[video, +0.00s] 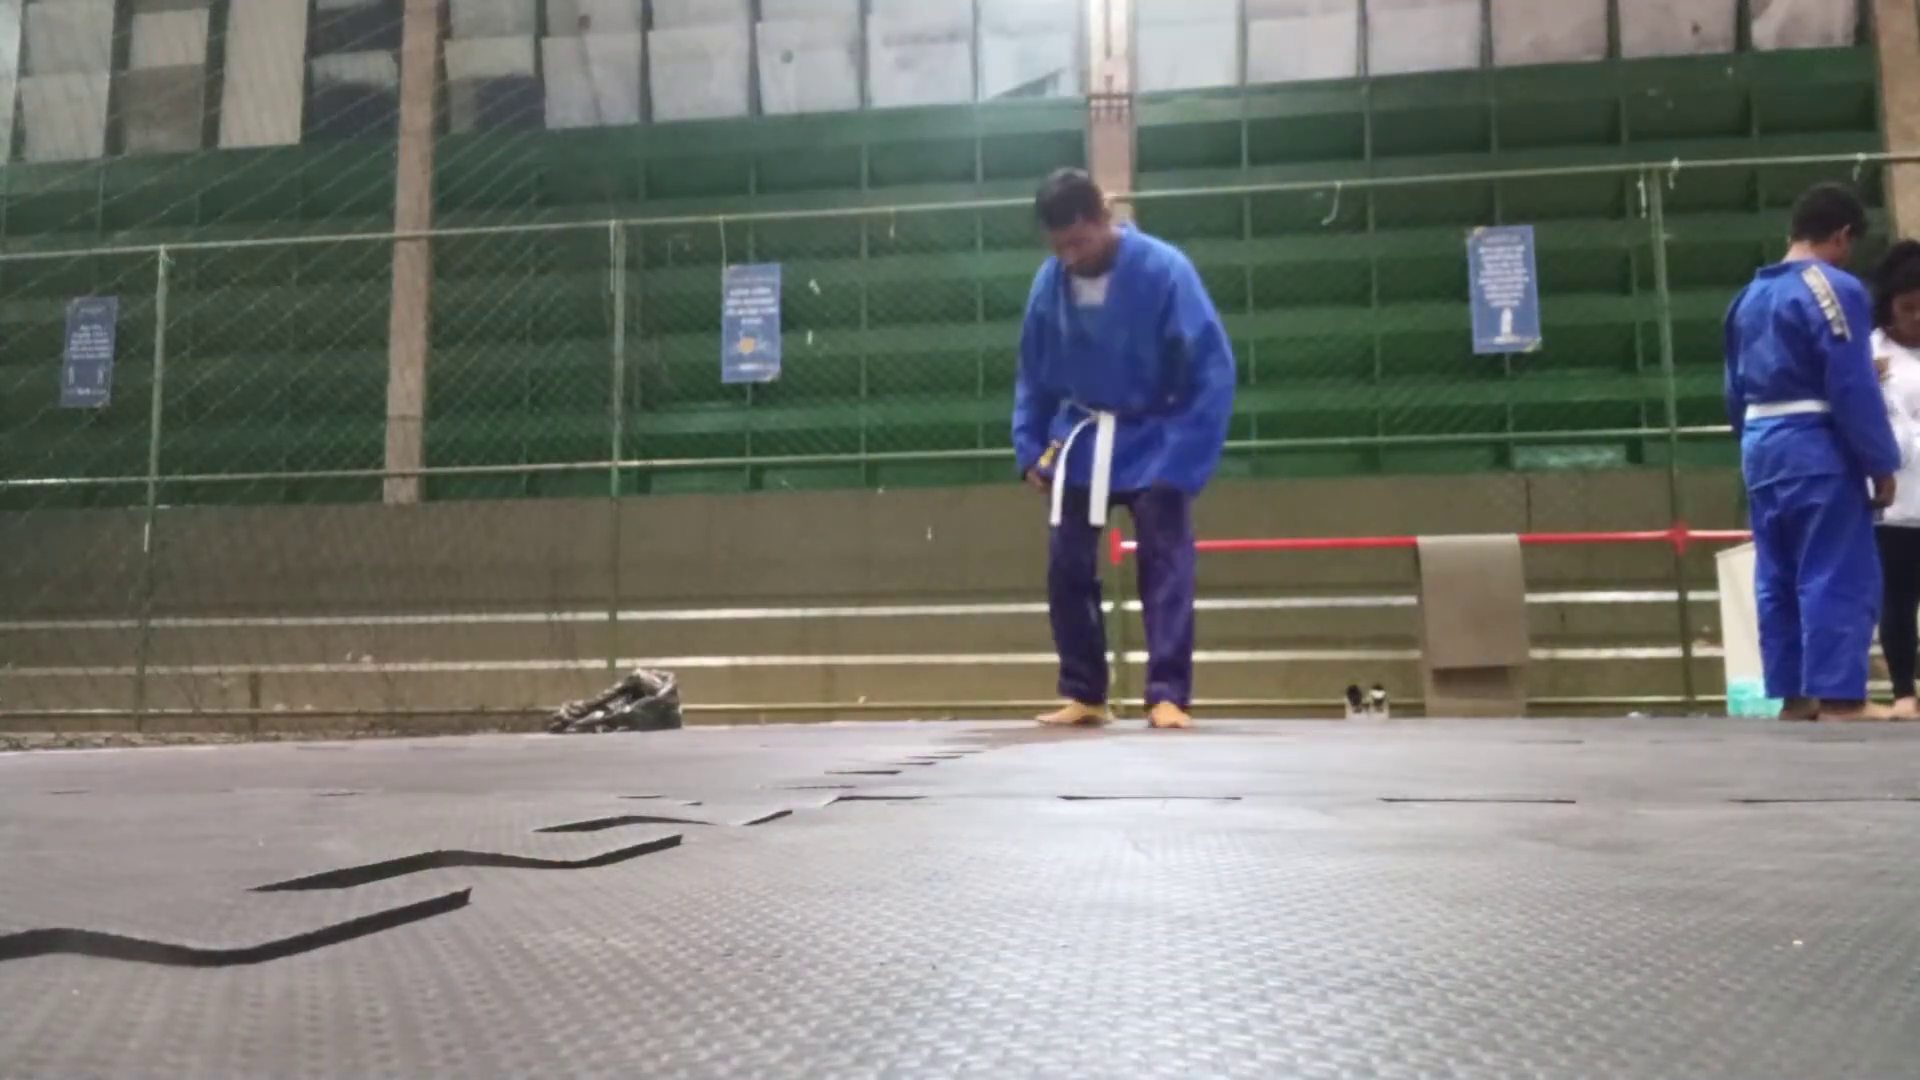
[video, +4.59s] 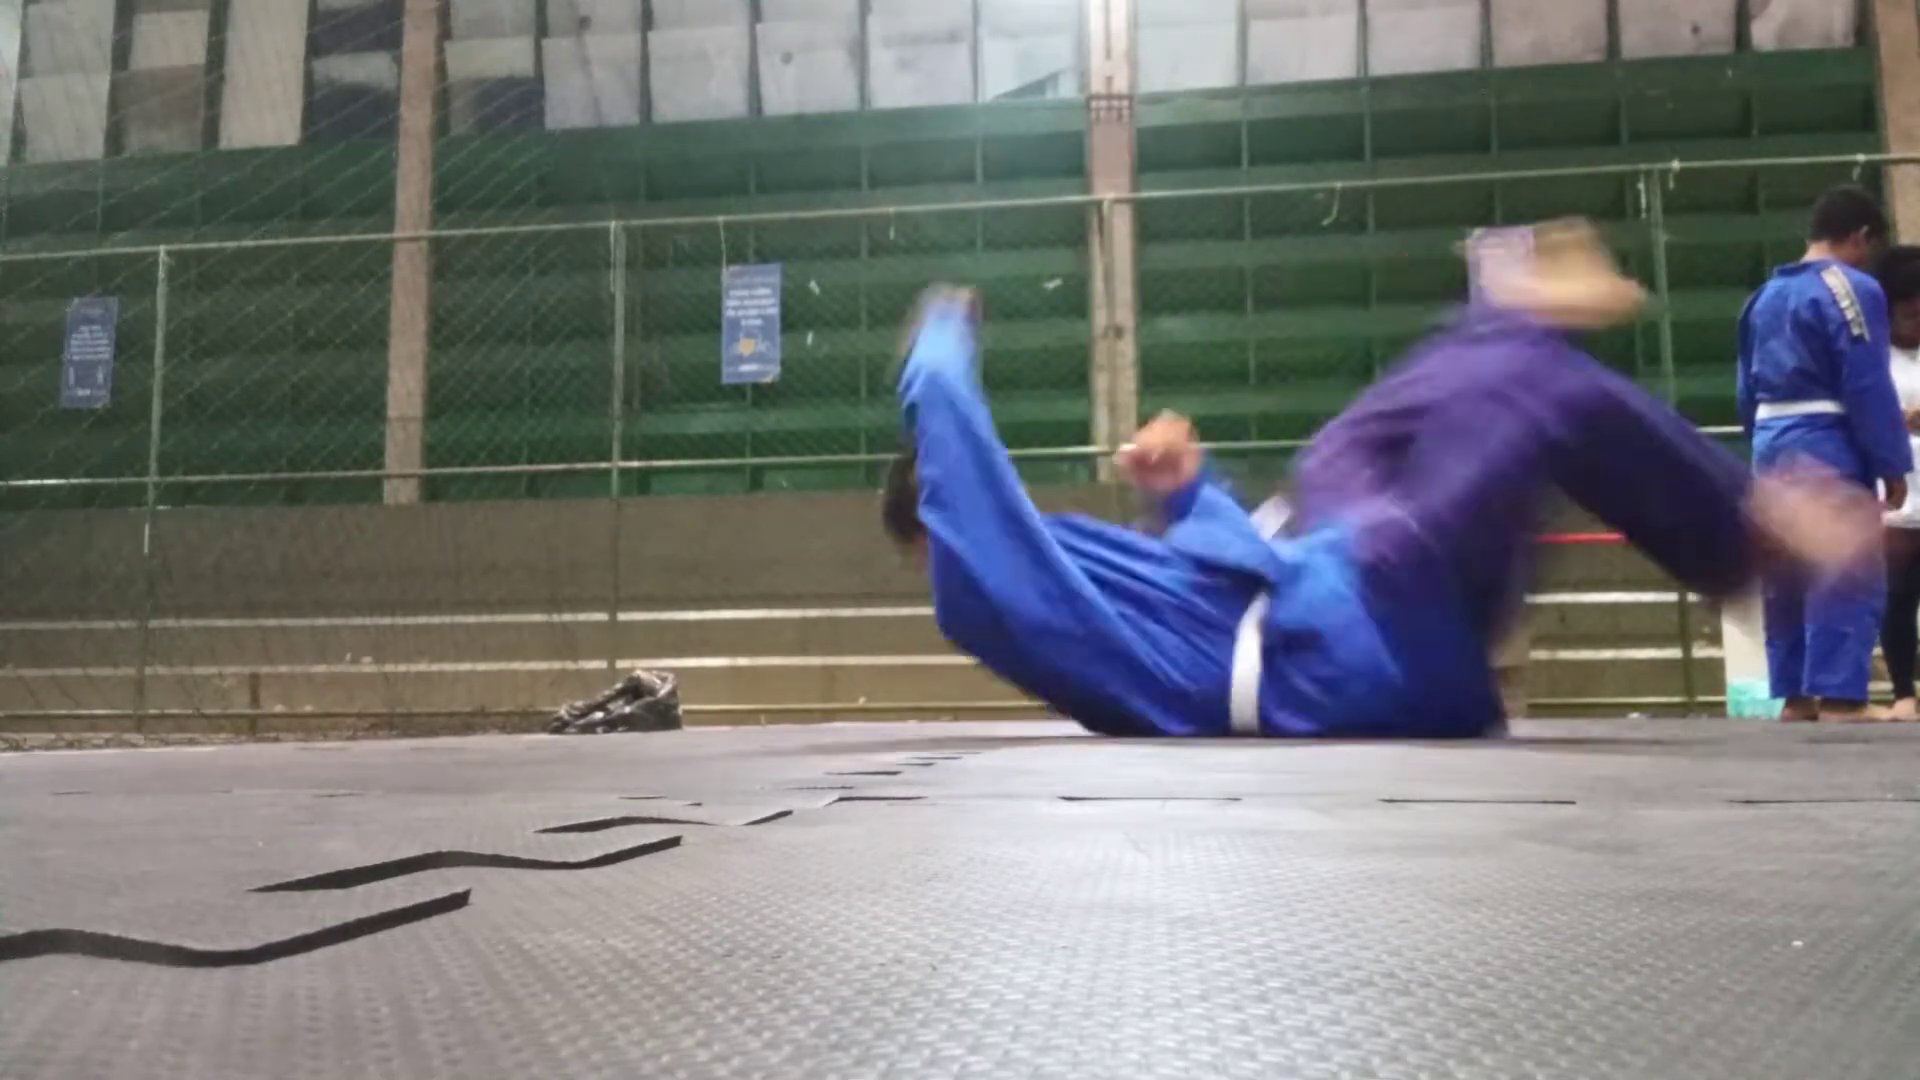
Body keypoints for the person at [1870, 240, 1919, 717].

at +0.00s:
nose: (1914, 316)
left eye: (1917, 307)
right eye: (1907, 307)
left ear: (1919, 307)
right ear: (1888, 307)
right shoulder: (1872, 351)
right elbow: (1850, 412)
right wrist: (1862, 383)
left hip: (1911, 498)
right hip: (1894, 498)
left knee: (1906, 604)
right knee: (1898, 604)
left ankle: (1908, 688)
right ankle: (1904, 690)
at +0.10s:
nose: (1914, 316)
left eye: (1917, 306)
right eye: (1907, 306)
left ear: (1919, 306)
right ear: (1889, 306)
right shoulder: (1872, 352)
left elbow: (1864, 417)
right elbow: (1857, 415)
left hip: (1911, 498)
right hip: (1893, 498)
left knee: (1906, 604)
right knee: (1898, 604)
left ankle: (1908, 689)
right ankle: (1904, 690)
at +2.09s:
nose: (1918, 315)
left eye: (1919, 305)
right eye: (1912, 304)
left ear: (1912, 308)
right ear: (1892, 303)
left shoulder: (1892, 354)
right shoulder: (1873, 349)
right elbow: (1854, 405)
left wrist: (1891, 400)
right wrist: (1891, 400)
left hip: (1913, 497)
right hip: (1895, 497)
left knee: (1907, 603)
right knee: (1899, 603)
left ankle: (1908, 690)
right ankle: (1904, 691)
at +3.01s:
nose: (1914, 322)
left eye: (1917, 312)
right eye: (1907, 312)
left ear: (1918, 311)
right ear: (1885, 310)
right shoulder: (1868, 355)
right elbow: (1855, 416)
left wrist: (1900, 413)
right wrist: (1897, 413)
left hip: (1912, 499)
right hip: (1893, 499)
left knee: (1905, 605)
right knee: (1898, 605)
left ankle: (1908, 690)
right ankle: (1904, 691)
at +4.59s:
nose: (1913, 323)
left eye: (1915, 313)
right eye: (1906, 313)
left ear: (1916, 312)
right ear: (1886, 312)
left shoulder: (1893, 363)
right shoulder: (1875, 362)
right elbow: (1861, 421)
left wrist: (1897, 421)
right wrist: (1897, 421)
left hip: (1914, 504)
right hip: (1896, 506)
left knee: (1905, 608)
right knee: (1898, 607)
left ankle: (1908, 689)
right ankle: (1904, 690)